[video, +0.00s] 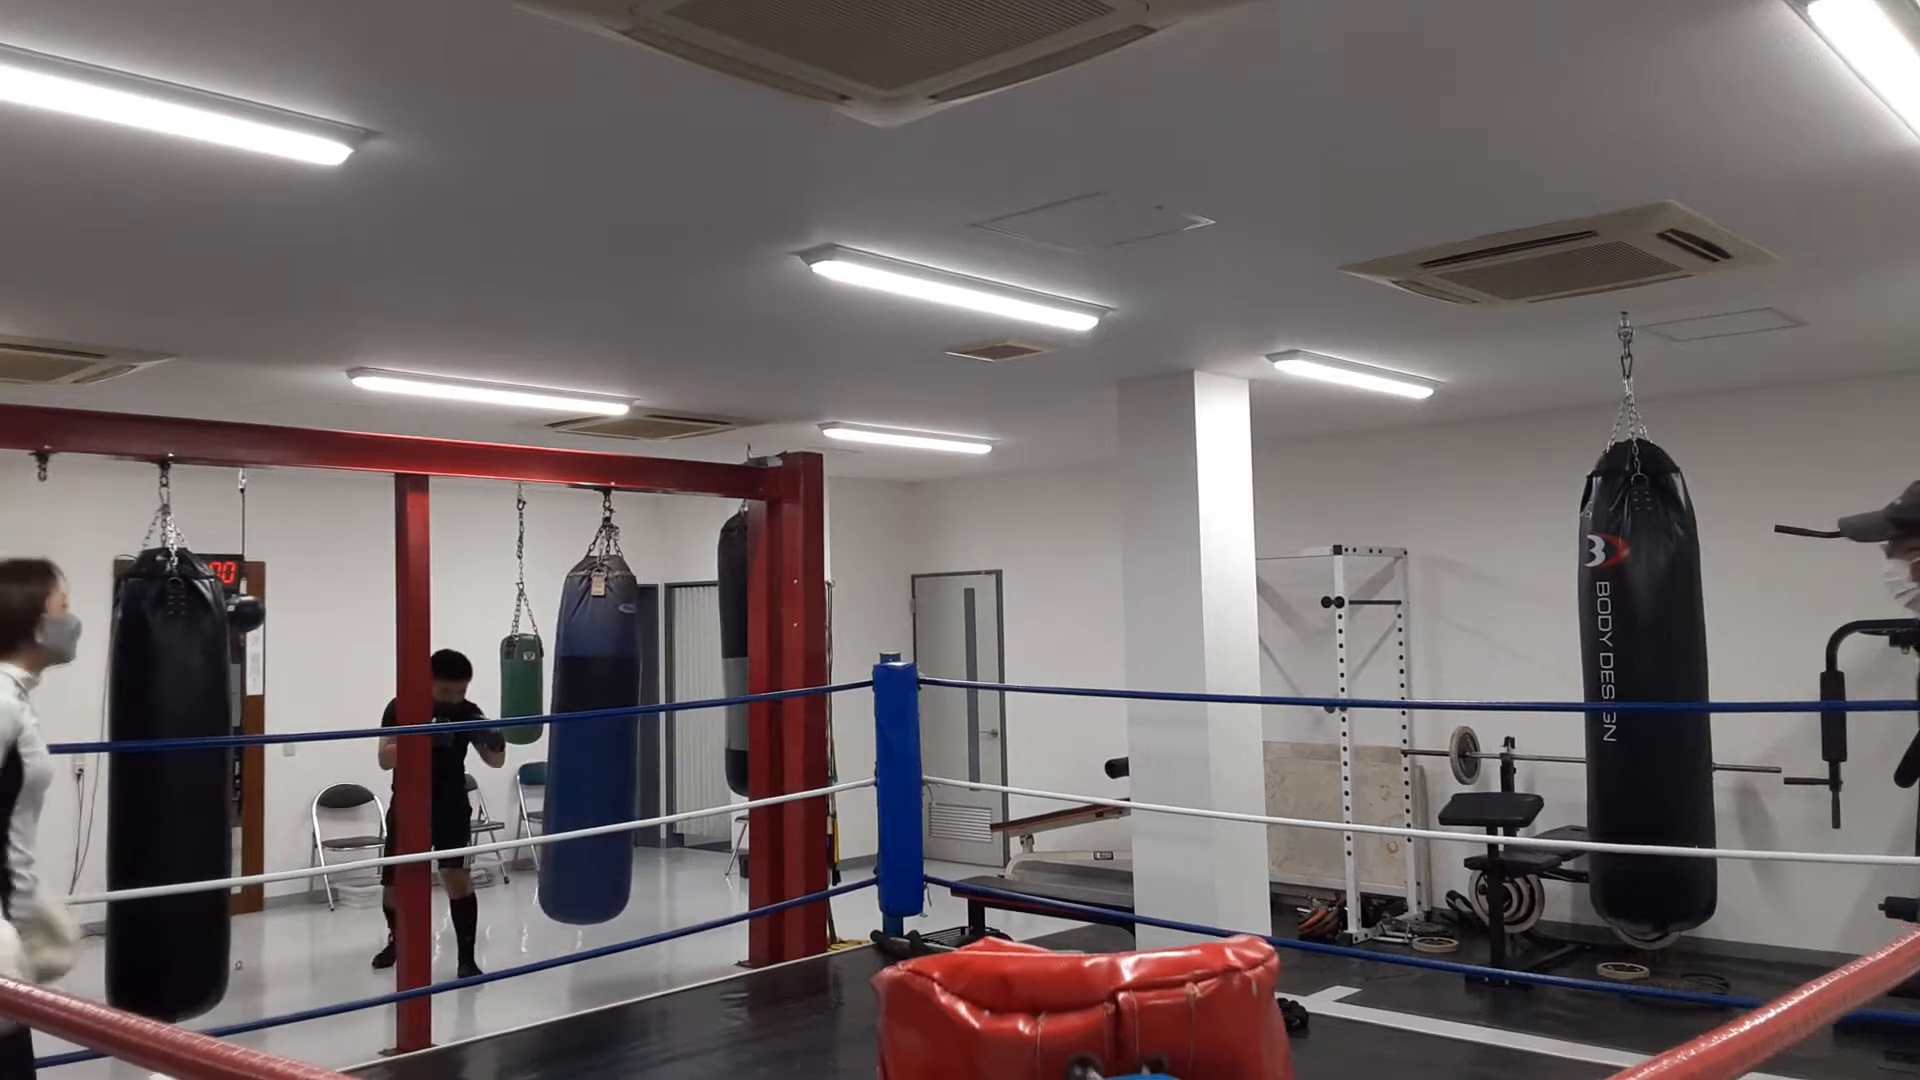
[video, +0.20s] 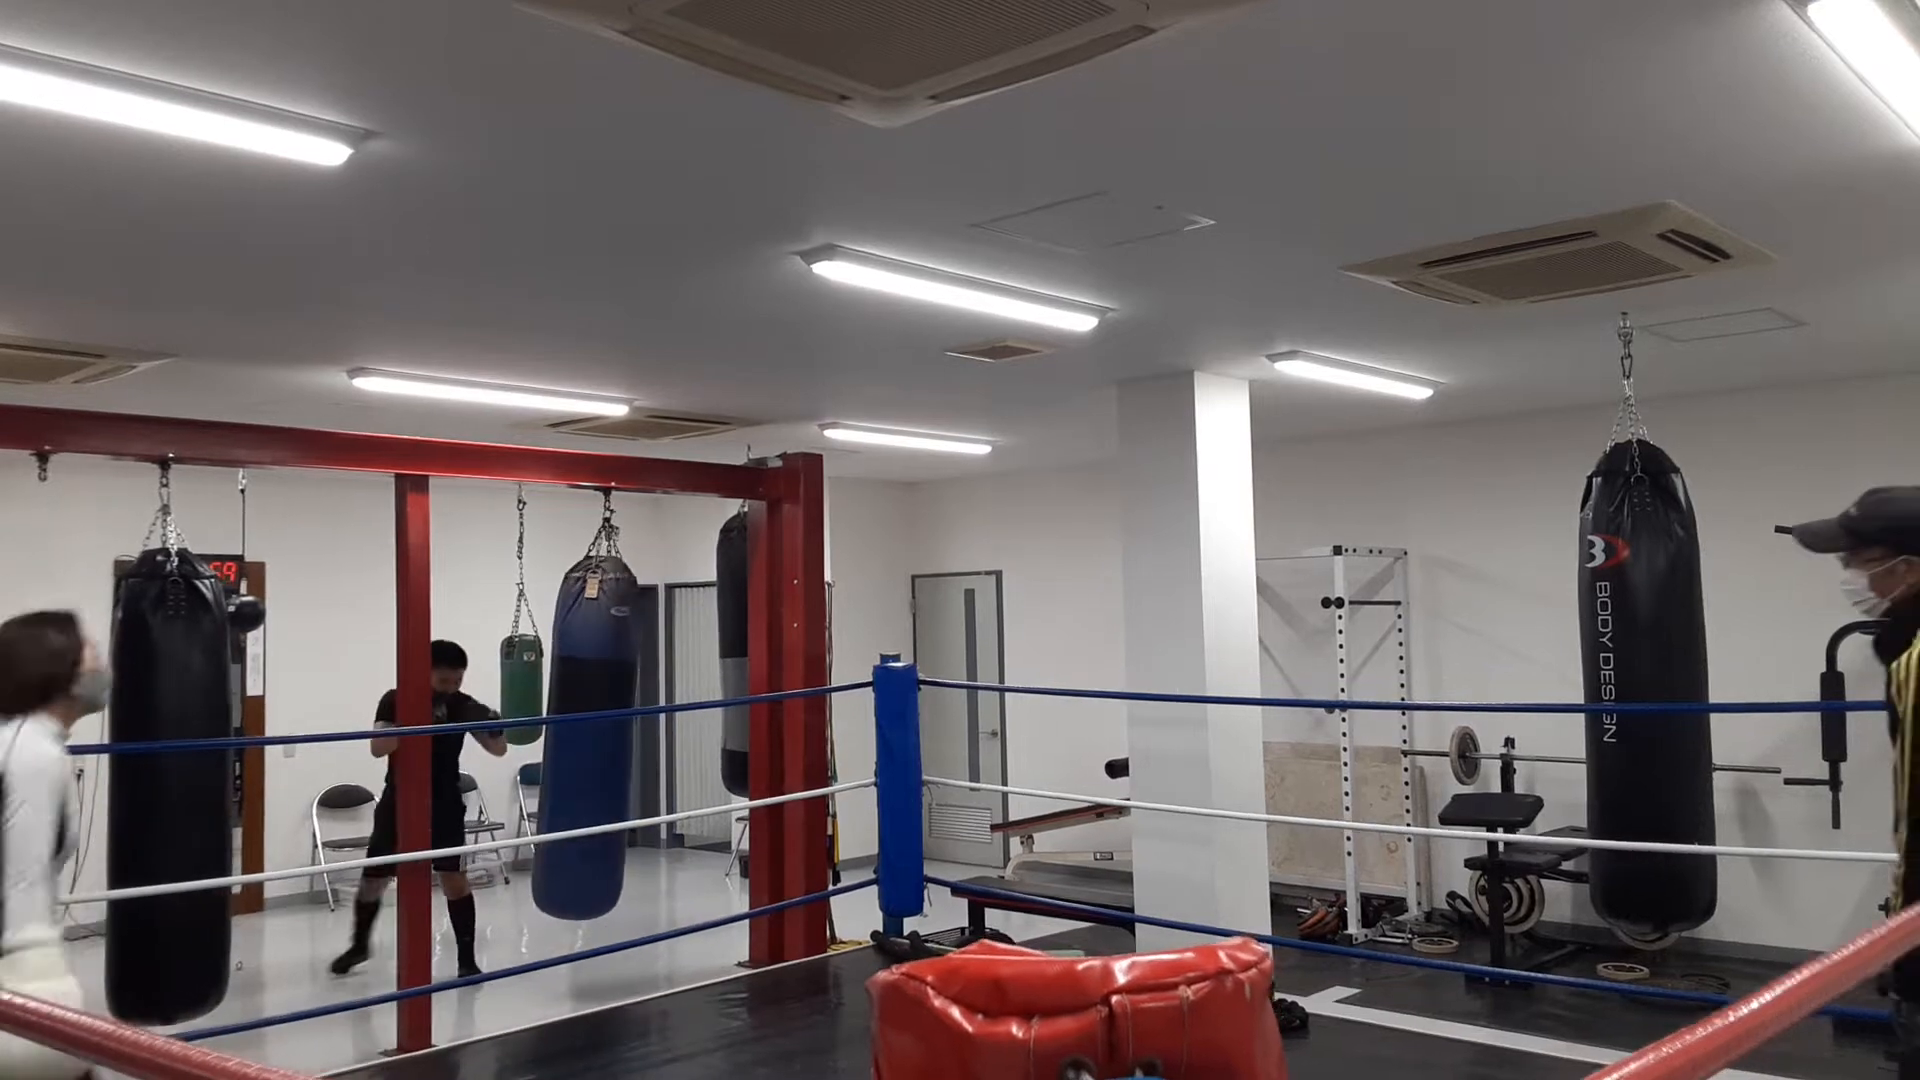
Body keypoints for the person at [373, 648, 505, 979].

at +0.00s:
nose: (453, 698)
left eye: (459, 691)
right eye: (447, 691)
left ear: (466, 686)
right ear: (430, 683)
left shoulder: (468, 713)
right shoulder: (401, 709)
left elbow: (496, 760)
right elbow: (385, 759)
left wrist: (491, 735)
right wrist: (418, 740)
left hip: (450, 805)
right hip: (406, 805)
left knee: (457, 877)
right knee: (392, 882)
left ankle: (466, 960)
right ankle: (395, 941)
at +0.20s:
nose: (452, 685)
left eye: (457, 678)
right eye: (446, 678)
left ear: (462, 675)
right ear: (427, 672)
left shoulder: (463, 705)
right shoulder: (397, 700)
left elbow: (498, 748)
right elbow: (377, 748)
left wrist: (491, 726)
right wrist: (408, 724)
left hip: (443, 801)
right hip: (398, 800)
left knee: (453, 876)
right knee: (374, 875)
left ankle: (467, 961)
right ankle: (360, 946)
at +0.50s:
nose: (406, 683)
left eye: (409, 676)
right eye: (399, 677)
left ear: (413, 679)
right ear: (382, 678)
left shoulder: (419, 710)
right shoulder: (355, 714)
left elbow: (465, 745)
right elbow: (354, 759)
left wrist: (451, 731)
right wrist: (388, 729)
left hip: (412, 817)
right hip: (365, 819)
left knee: (437, 885)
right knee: (337, 892)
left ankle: (463, 961)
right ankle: (312, 965)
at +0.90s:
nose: (452, 687)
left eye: (455, 682)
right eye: (447, 681)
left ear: (456, 681)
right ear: (427, 678)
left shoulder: (455, 717)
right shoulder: (391, 714)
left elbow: (502, 741)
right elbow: (392, 751)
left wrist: (499, 709)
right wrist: (434, 712)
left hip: (436, 819)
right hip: (391, 820)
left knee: (475, 884)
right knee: (356, 894)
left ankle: (498, 957)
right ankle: (326, 959)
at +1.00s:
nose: (469, 689)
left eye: (473, 682)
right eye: (463, 681)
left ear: (476, 681)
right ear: (442, 679)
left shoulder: (478, 712)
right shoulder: (420, 710)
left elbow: (521, 743)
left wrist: (504, 714)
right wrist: (432, 712)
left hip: (465, 812)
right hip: (421, 814)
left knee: (500, 882)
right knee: (396, 886)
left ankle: (511, 950)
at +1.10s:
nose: (485, 689)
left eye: (490, 681)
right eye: (477, 682)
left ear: (496, 680)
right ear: (461, 683)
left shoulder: (508, 714)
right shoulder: (444, 715)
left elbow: (556, 743)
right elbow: (433, 752)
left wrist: (532, 723)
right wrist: (454, 721)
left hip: (493, 815)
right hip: (451, 818)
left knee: (532, 881)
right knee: (422, 889)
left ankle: (560, 946)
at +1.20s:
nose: (509, 686)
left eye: (515, 678)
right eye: (501, 680)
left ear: (523, 678)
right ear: (488, 681)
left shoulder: (540, 709)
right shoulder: (474, 713)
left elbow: (583, 726)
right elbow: (450, 755)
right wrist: (473, 733)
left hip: (531, 810)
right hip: (487, 811)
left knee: (556, 881)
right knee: (461, 880)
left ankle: (580, 948)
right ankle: (459, 953)